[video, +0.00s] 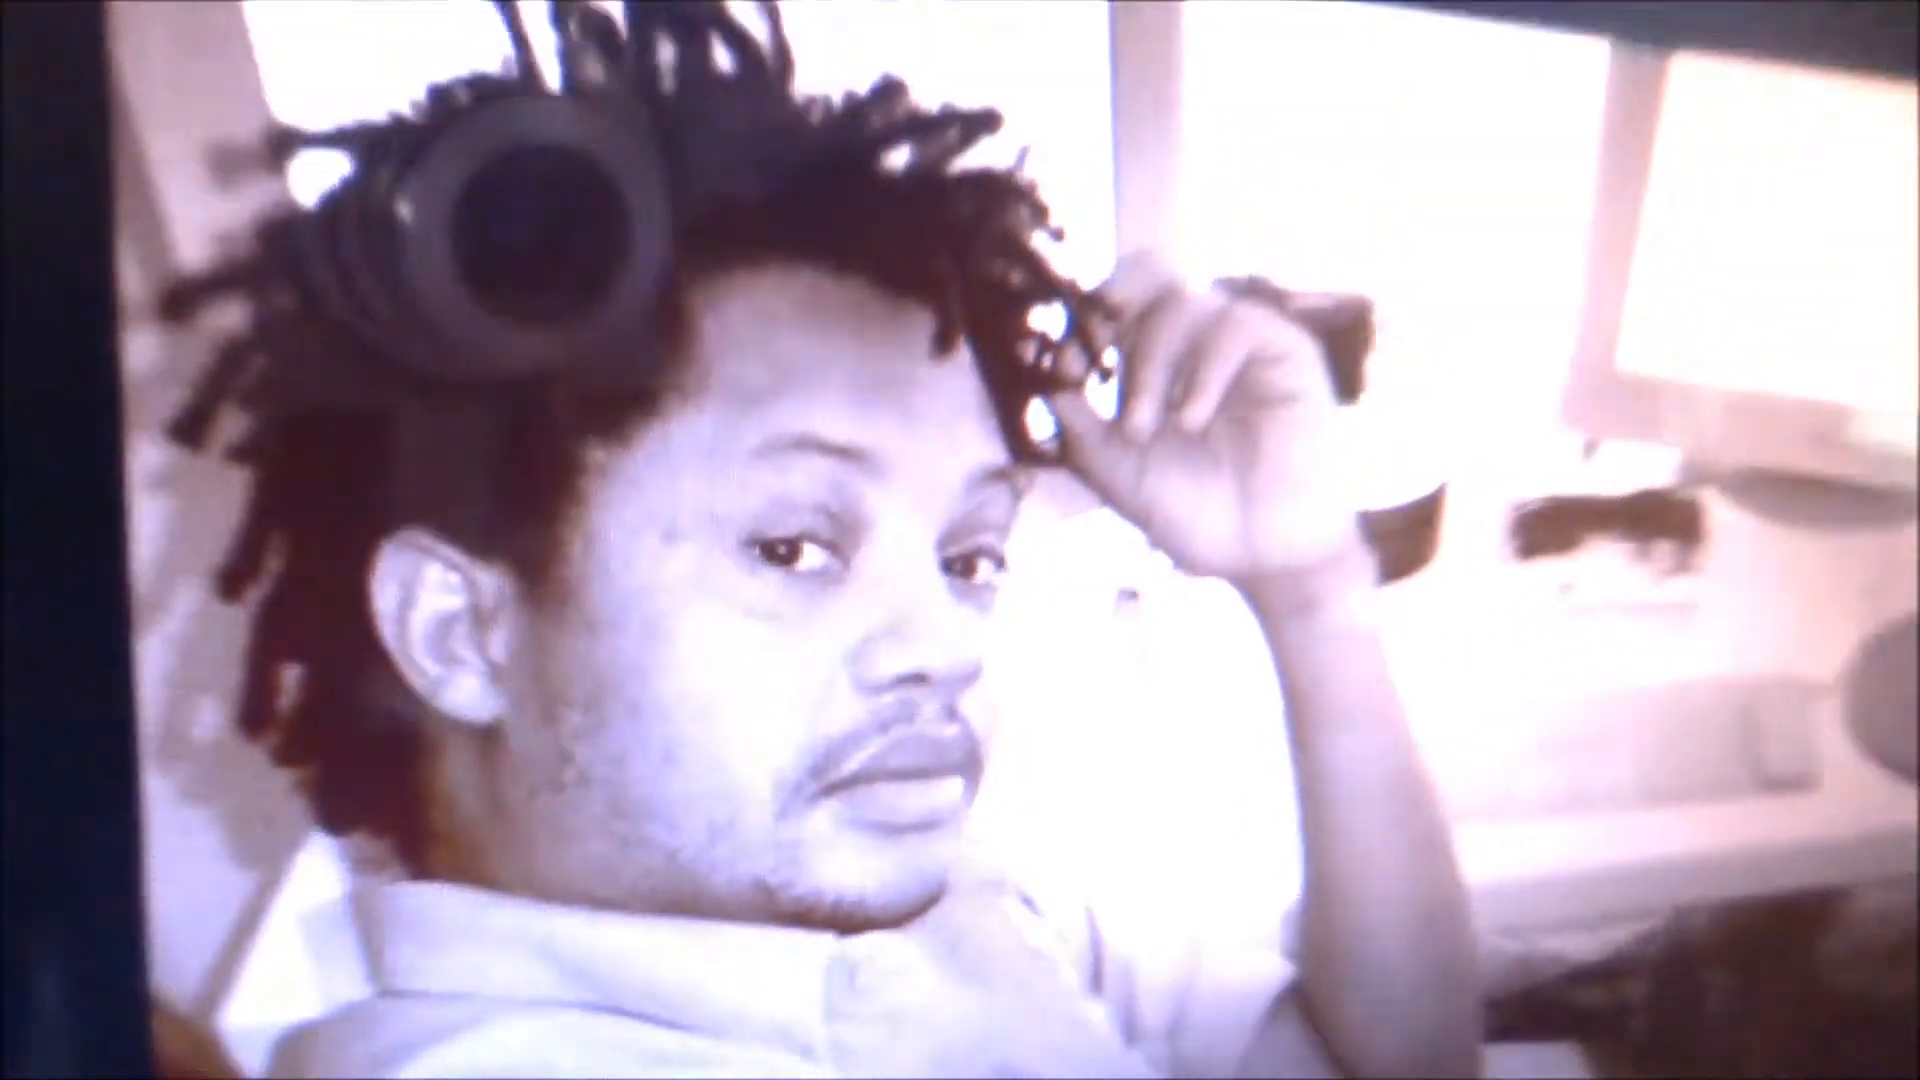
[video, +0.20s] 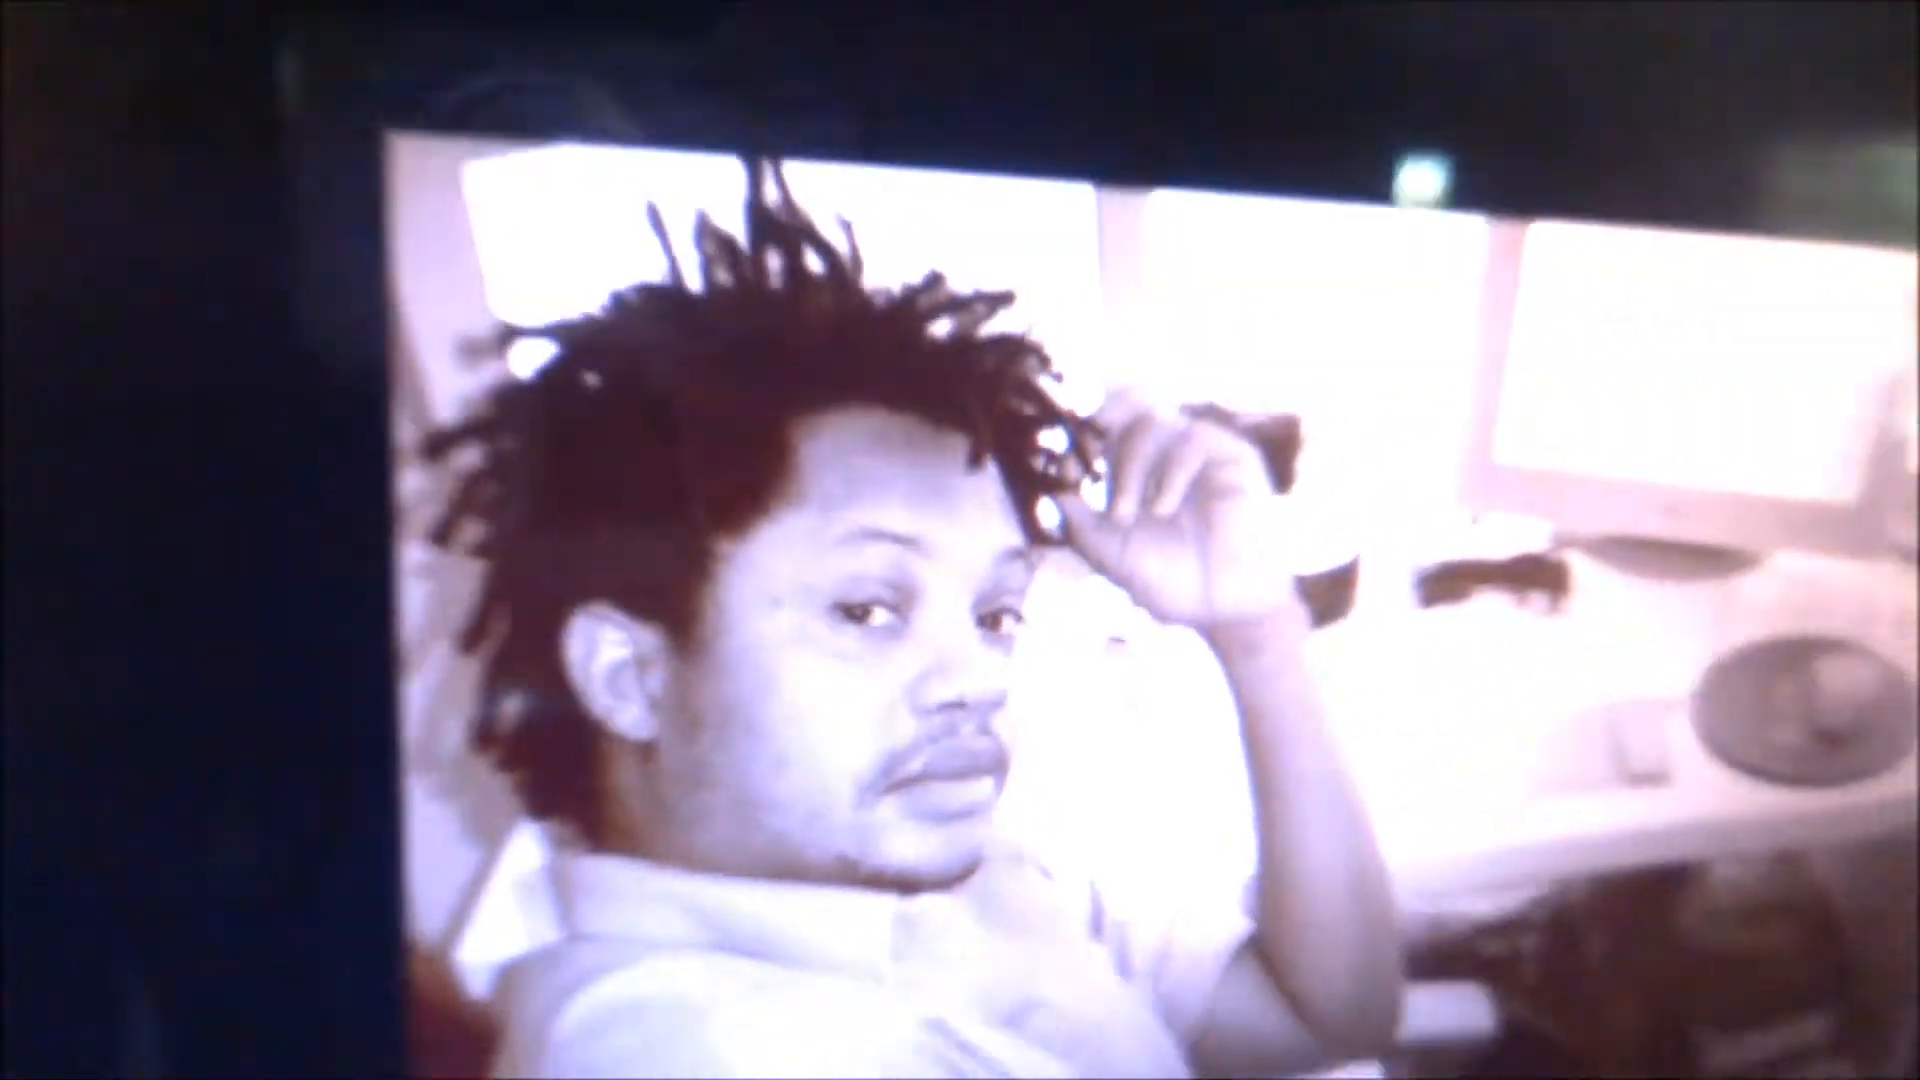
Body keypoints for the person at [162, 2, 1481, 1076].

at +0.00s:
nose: (939, 655)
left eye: (970, 563)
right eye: (797, 549)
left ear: (1009, 565)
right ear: (455, 631)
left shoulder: (1021, 963)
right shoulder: (392, 1034)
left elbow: (1399, 1054)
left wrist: (1311, 590)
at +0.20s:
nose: (976, 685)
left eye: (995, 621)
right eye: (871, 613)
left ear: (1029, 625)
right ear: (625, 672)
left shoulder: (1009, 904)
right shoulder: (666, 1033)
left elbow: (1335, 1018)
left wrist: (1257, 631)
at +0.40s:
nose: (921, 678)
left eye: (938, 628)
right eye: (845, 624)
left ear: (961, 634)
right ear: (661, 668)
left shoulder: (940, 877)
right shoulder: (681, 981)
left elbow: (1205, 936)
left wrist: (1143, 636)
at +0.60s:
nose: (872, 705)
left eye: (884, 660)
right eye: (811, 662)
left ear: (907, 659)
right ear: (671, 693)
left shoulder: (880, 834)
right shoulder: (703, 944)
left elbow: (1102, 897)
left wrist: (1049, 669)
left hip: (1118, 1043)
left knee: (1436, 964)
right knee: (1453, 994)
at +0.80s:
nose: (948, 705)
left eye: (960, 676)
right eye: (905, 674)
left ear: (975, 678)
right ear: (801, 699)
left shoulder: (951, 817)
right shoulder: (812, 895)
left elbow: (1117, 859)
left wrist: (1081, 681)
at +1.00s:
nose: (979, 688)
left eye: (988, 664)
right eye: (950, 664)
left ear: (1000, 665)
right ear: (875, 680)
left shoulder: (981, 773)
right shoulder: (874, 824)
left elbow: (1103, 803)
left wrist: (1078, 673)